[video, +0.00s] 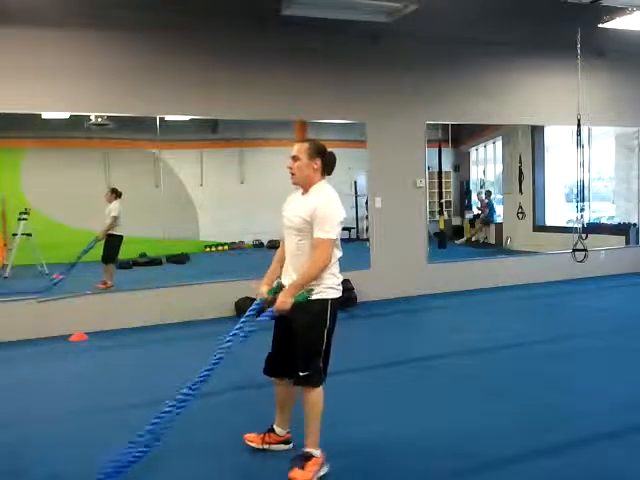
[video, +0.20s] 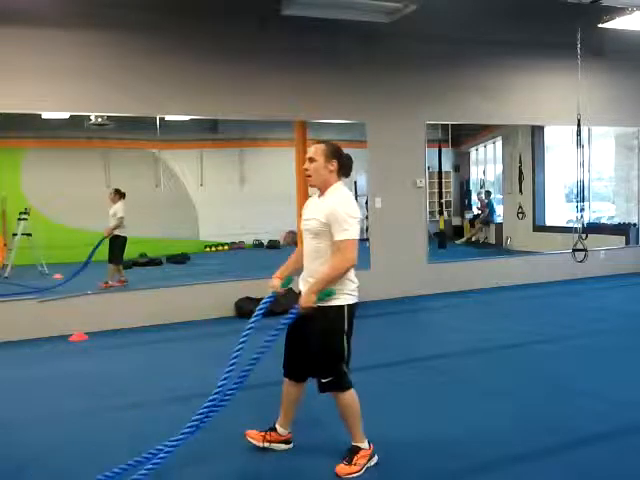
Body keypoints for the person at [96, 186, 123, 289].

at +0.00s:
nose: (106, 196)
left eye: (108, 194)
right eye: (106, 194)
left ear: (113, 195)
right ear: (113, 196)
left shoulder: (115, 205)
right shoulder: (111, 205)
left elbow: (113, 221)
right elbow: (110, 221)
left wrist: (103, 232)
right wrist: (102, 232)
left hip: (115, 234)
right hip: (111, 234)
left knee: (109, 259)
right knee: (106, 259)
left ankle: (109, 281)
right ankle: (106, 280)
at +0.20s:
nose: (110, 197)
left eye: (112, 195)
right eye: (110, 195)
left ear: (117, 196)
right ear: (116, 196)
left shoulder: (120, 206)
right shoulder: (115, 206)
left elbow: (120, 220)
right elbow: (115, 220)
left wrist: (110, 229)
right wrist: (109, 230)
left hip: (119, 235)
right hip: (115, 234)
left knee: (114, 260)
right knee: (116, 260)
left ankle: (110, 280)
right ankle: (122, 277)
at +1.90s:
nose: (124, 196)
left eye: (126, 194)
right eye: (125, 194)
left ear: (132, 196)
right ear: (130, 196)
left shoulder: (134, 204)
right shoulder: (129, 206)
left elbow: (131, 216)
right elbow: (121, 221)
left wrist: (119, 220)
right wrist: (110, 226)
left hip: (131, 235)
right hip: (127, 234)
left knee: (125, 259)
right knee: (124, 259)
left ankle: (125, 279)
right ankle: (124, 278)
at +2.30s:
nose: (119, 201)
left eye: (121, 199)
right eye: (119, 198)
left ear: (125, 200)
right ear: (126, 200)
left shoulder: (129, 210)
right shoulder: (124, 210)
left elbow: (129, 224)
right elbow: (120, 219)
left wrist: (119, 224)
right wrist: (113, 221)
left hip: (130, 237)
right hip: (127, 237)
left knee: (123, 261)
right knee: (122, 262)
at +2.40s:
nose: (120, 196)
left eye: (122, 193)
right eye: (120, 193)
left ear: (127, 194)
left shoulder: (130, 202)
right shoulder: (125, 202)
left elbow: (127, 215)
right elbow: (121, 213)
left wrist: (115, 216)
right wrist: (111, 214)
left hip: (128, 230)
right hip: (124, 229)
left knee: (122, 254)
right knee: (120, 253)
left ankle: (124, 277)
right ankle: (122, 276)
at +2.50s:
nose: (119, 193)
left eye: (121, 191)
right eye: (119, 191)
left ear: (126, 191)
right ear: (126, 191)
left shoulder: (130, 199)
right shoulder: (124, 201)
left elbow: (128, 210)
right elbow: (120, 211)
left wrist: (116, 211)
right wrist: (111, 211)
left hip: (126, 228)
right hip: (121, 227)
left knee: (117, 253)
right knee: (115, 252)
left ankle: (118, 274)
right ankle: (116, 274)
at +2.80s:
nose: (119, 194)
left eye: (121, 192)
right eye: (120, 192)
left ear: (126, 194)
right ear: (127, 194)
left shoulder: (126, 205)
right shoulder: (123, 204)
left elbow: (115, 213)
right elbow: (121, 218)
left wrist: (98, 216)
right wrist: (113, 221)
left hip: (120, 235)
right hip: (118, 234)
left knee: (112, 259)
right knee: (113, 259)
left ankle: (110, 279)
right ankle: (111, 279)